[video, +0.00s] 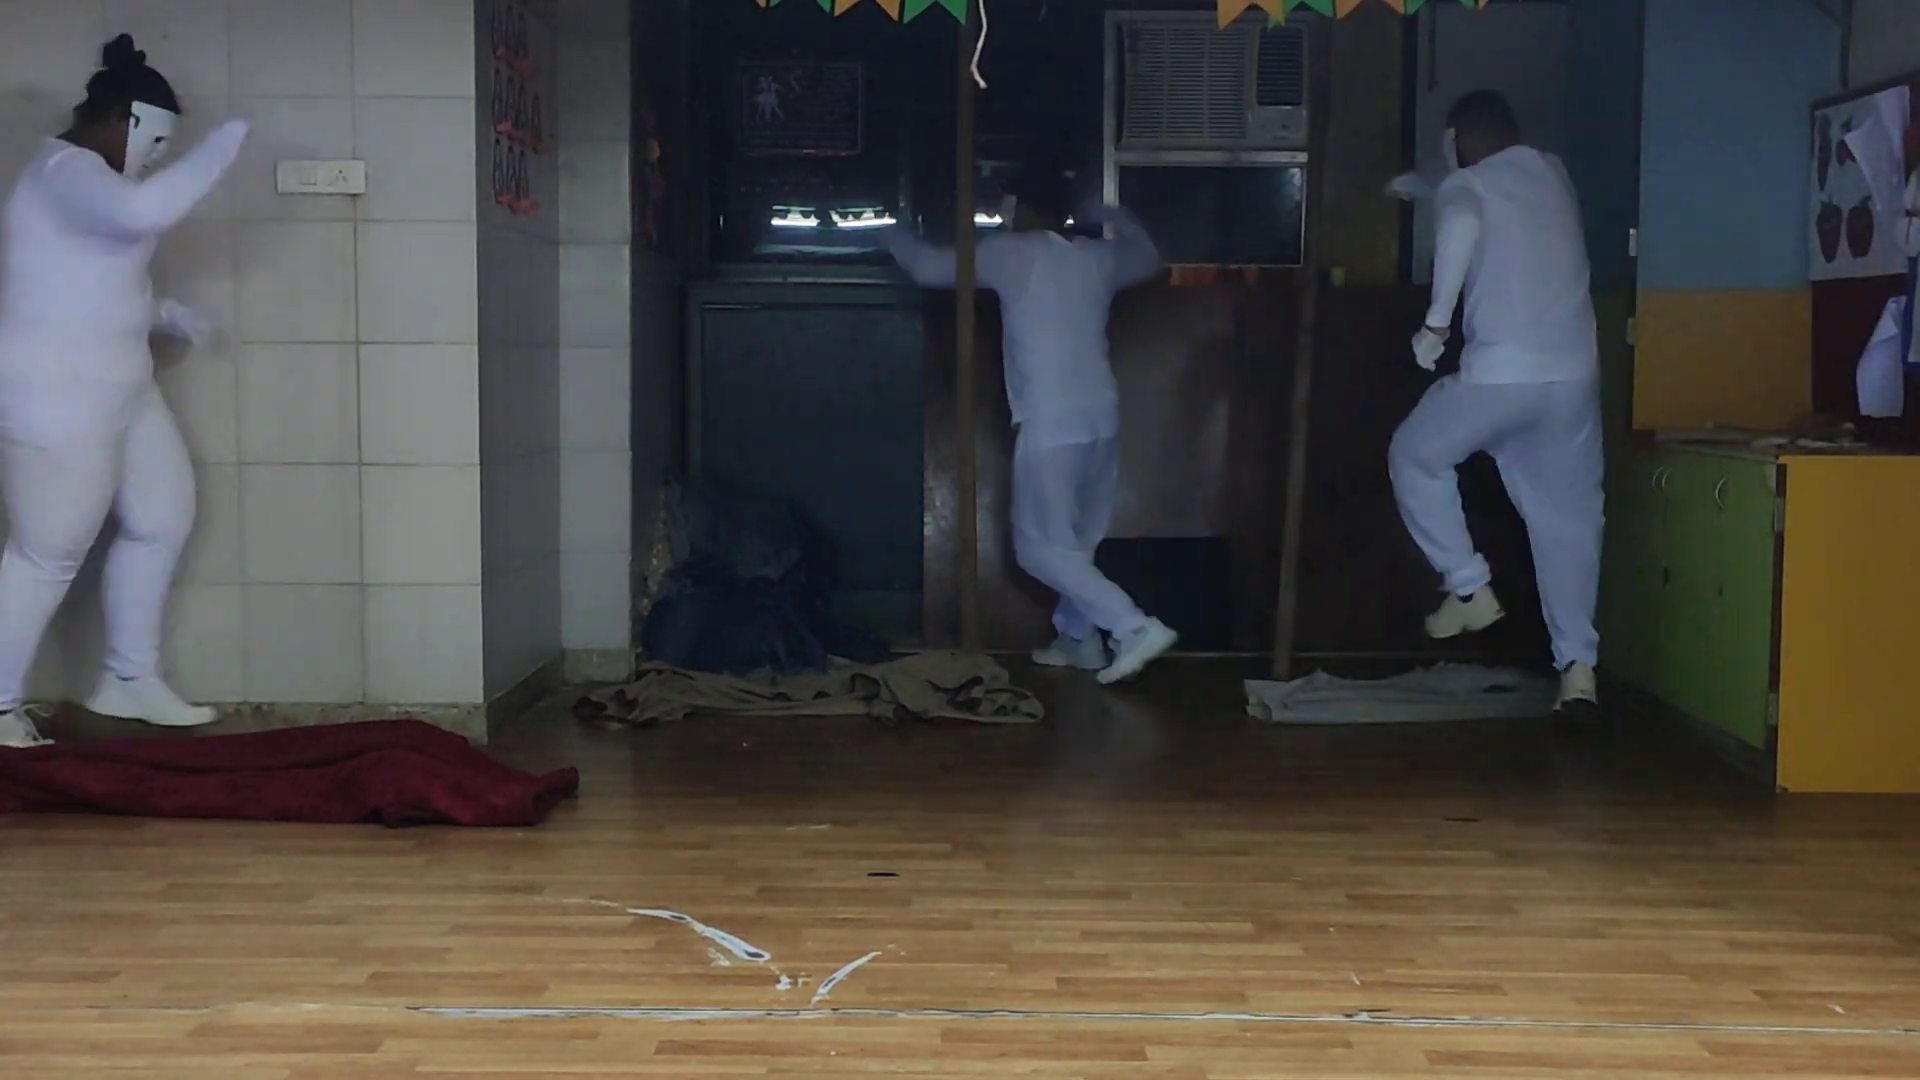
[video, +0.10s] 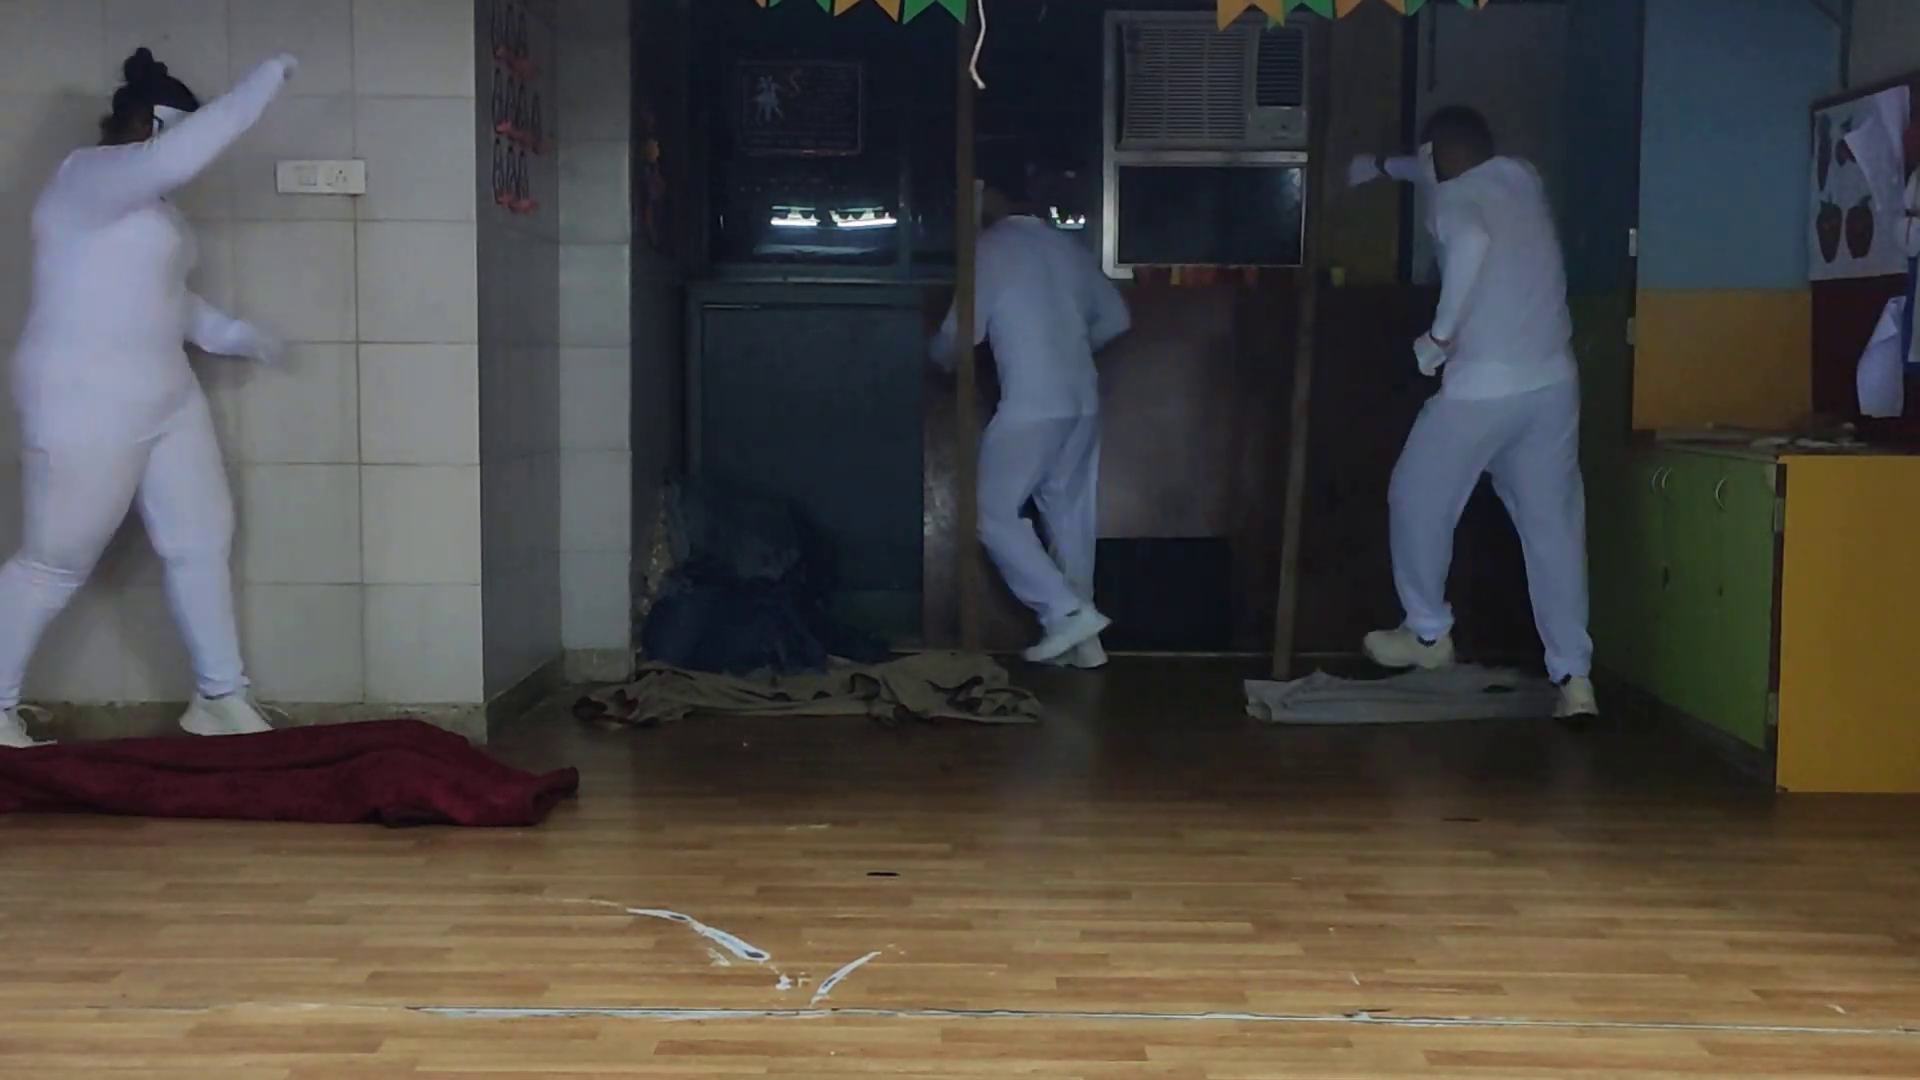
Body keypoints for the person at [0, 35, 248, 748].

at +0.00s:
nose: (151, 155)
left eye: (160, 144)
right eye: (150, 137)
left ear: (110, 120)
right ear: (117, 119)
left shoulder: (103, 186)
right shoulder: (63, 170)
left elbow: (95, 300)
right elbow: (137, 213)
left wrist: (163, 318)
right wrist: (218, 150)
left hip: (124, 396)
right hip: (55, 401)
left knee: (160, 516)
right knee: (45, 551)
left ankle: (129, 680)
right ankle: (4, 704)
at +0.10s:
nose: (173, 146)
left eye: (180, 136)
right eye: (167, 132)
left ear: (172, 136)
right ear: (137, 123)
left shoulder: (158, 217)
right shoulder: (80, 181)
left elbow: (170, 306)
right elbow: (166, 159)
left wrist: (240, 336)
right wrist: (259, 87)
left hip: (167, 396)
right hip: (85, 397)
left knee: (199, 542)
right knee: (53, 560)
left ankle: (221, 695)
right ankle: (1, 703)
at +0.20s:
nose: (225, 172)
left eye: (229, 161)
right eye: (214, 156)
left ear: (218, 168)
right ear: (174, 146)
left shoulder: (203, 235)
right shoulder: (104, 213)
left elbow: (234, 319)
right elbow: (152, 184)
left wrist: (294, 353)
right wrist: (238, 125)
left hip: (215, 427)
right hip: (123, 430)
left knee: (240, 562)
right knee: (77, 576)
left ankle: (220, 710)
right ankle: (6, 704)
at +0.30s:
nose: (225, 166)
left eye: (242, 162)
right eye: (217, 147)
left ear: (252, 176)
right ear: (188, 141)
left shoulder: (250, 233)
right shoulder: (130, 204)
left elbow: (286, 321)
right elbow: (90, 259)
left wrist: (328, 313)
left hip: (245, 424)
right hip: (146, 426)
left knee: (262, 557)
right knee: (119, 574)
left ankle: (224, 708)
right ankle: (44, 698)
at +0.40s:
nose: (210, 126)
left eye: (229, 118)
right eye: (198, 110)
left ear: (247, 132)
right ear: (177, 116)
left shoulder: (273, 205)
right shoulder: (135, 196)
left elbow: (344, 267)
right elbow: (68, 279)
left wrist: (356, 204)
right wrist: (125, 329)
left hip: (262, 404)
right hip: (157, 403)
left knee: (258, 557)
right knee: (146, 559)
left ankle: (237, 704)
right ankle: (127, 700)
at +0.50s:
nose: (185, 108)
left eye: (200, 93)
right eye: (171, 96)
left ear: (229, 101)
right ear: (158, 109)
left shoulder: (282, 179)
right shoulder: (134, 191)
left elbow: (382, 190)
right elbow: (92, 284)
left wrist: (375, 124)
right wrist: (69, 368)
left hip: (268, 389)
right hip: (159, 390)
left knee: (260, 548)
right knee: (174, 549)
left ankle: (252, 699)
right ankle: (187, 701)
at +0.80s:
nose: (183, 149)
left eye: (190, 130)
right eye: (167, 147)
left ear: (221, 127)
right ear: (162, 166)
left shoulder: (298, 205)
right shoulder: (164, 239)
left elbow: (392, 222)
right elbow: (131, 332)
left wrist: (341, 160)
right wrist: (85, 398)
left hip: (293, 420)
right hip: (182, 423)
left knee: (311, 566)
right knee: (186, 571)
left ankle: (281, 693)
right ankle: (198, 708)